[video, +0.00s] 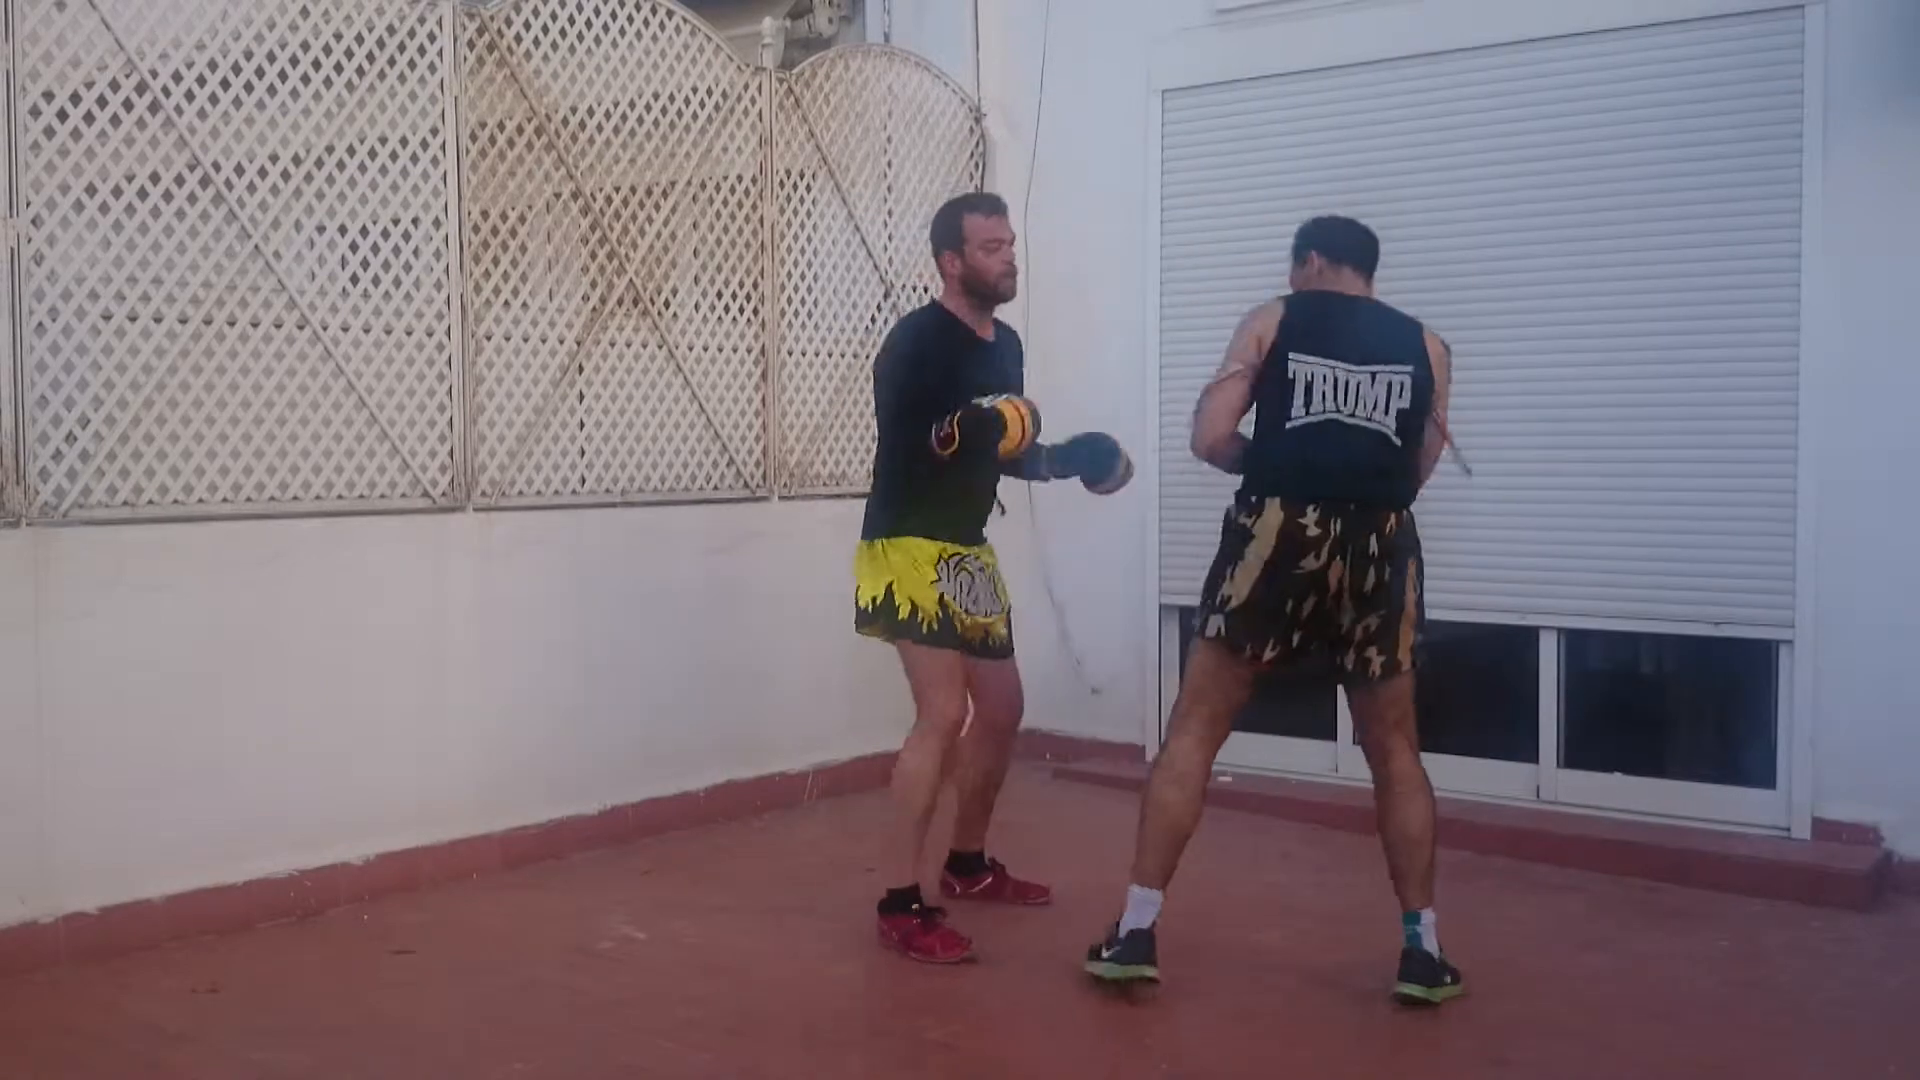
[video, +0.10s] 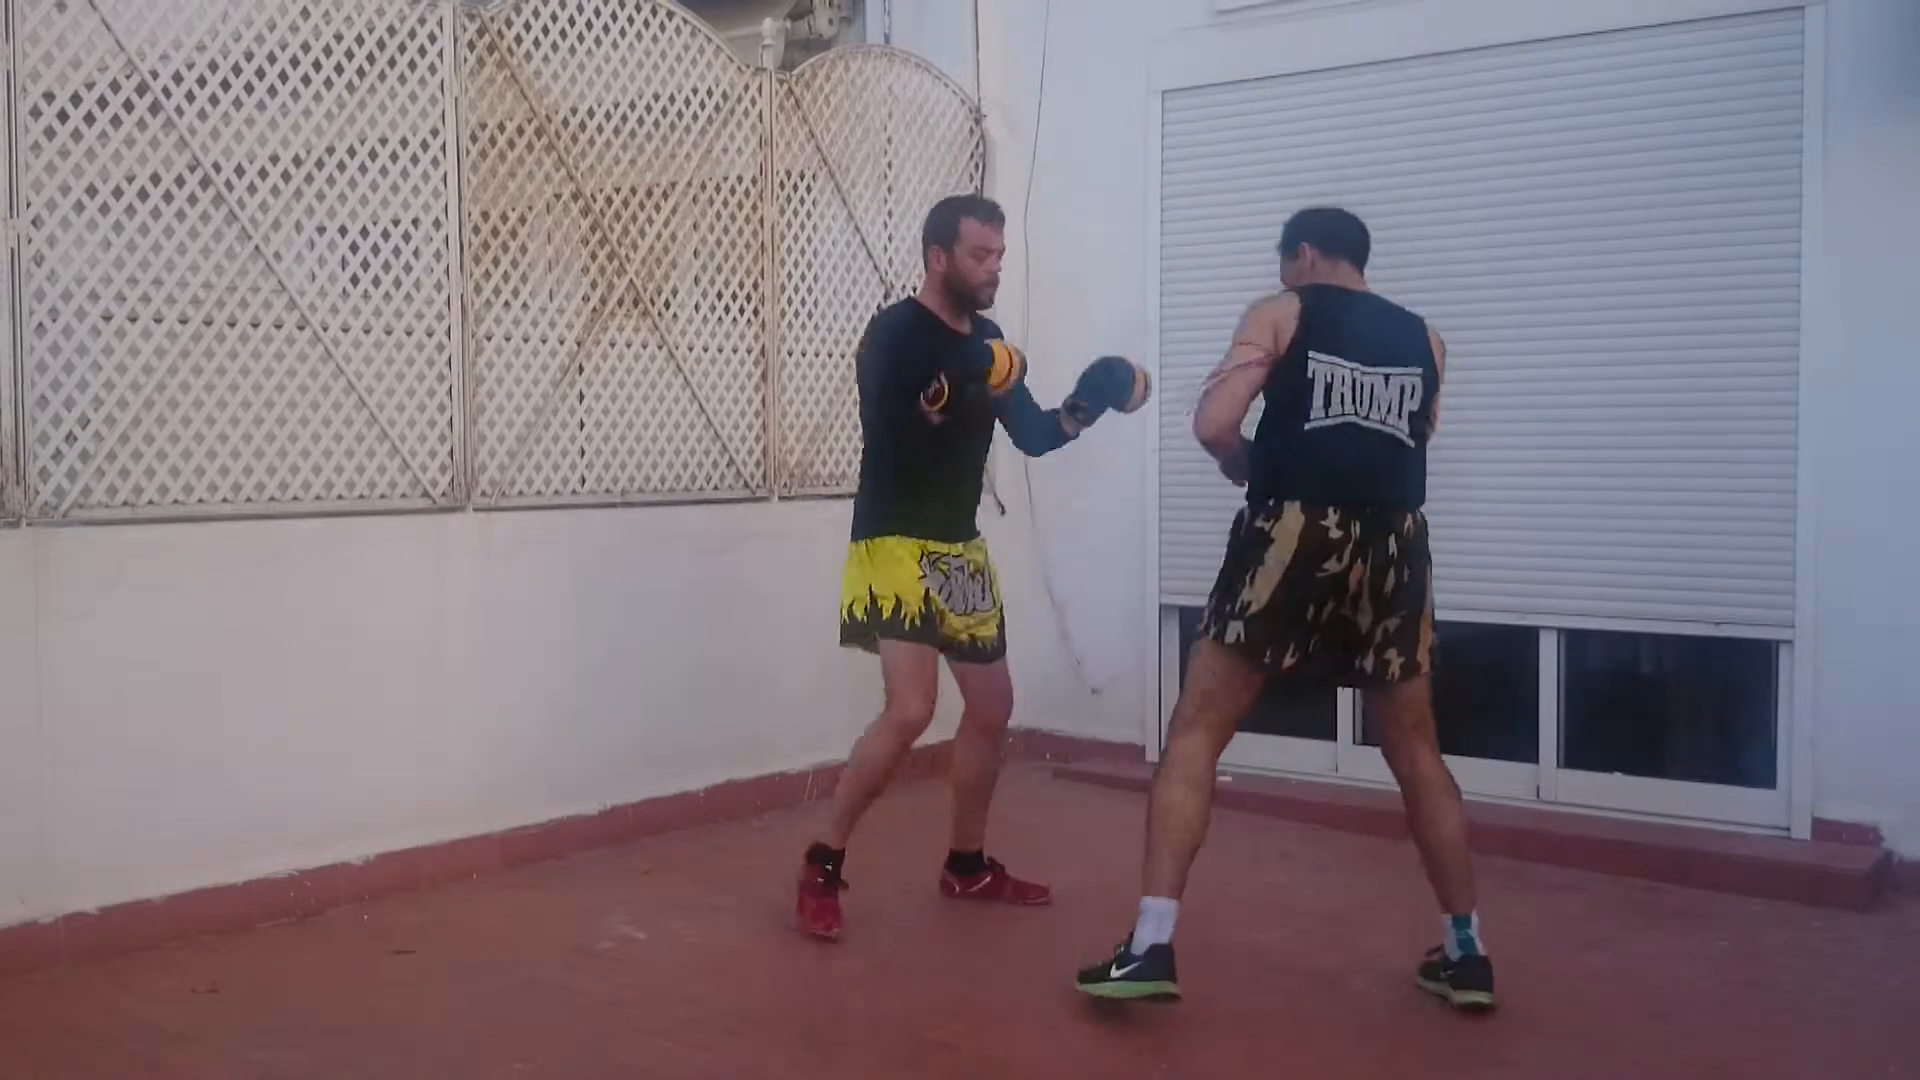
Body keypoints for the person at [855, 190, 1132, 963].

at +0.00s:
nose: (1009, 258)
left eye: (1011, 246)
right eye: (992, 248)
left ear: (1008, 254)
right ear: (949, 261)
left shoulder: (1004, 345)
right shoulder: (914, 340)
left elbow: (1000, 449)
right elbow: (908, 447)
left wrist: (1072, 457)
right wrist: (983, 422)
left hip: (966, 549)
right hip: (906, 547)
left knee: (1000, 710)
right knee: (942, 712)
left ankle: (965, 864)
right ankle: (907, 901)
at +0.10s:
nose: (994, 269)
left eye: (999, 256)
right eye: (981, 255)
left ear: (996, 259)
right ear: (935, 257)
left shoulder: (987, 348)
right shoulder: (893, 334)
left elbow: (1035, 436)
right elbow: (893, 439)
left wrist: (1091, 398)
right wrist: (952, 396)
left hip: (959, 542)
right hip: (894, 540)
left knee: (991, 705)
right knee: (909, 709)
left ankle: (967, 864)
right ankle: (823, 860)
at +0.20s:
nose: (966, 273)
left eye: (974, 263)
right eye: (958, 258)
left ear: (971, 263)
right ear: (915, 247)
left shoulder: (957, 328)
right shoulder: (862, 314)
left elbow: (1026, 400)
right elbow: (879, 406)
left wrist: (1072, 343)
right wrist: (944, 327)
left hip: (946, 533)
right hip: (871, 535)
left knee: (979, 698)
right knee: (855, 709)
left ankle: (969, 858)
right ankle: (777, 854)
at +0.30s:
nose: (933, 273)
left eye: (943, 261)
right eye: (924, 257)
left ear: (942, 267)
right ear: (883, 252)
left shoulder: (933, 334)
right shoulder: (833, 316)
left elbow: (1013, 393)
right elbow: (838, 399)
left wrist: (1049, 325)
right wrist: (893, 316)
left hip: (918, 542)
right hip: (837, 546)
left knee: (1013, 675)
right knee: (811, 723)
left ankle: (990, 836)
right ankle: (765, 869)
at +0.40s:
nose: (914, 272)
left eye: (923, 263)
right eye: (903, 258)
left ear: (927, 268)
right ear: (862, 253)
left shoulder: (916, 335)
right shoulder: (818, 321)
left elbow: (992, 408)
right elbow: (818, 405)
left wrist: (1024, 338)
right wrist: (880, 330)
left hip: (905, 542)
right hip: (826, 547)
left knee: (1004, 668)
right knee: (809, 723)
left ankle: (1015, 837)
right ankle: (765, 870)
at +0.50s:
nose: (903, 274)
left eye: (913, 264)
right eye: (892, 261)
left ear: (920, 261)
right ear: (853, 252)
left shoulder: (911, 330)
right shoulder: (806, 322)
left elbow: (970, 418)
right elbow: (815, 408)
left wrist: (1011, 350)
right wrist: (877, 324)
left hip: (907, 537)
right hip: (825, 544)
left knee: (976, 686)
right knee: (802, 718)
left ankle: (1013, 857)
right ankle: (764, 869)